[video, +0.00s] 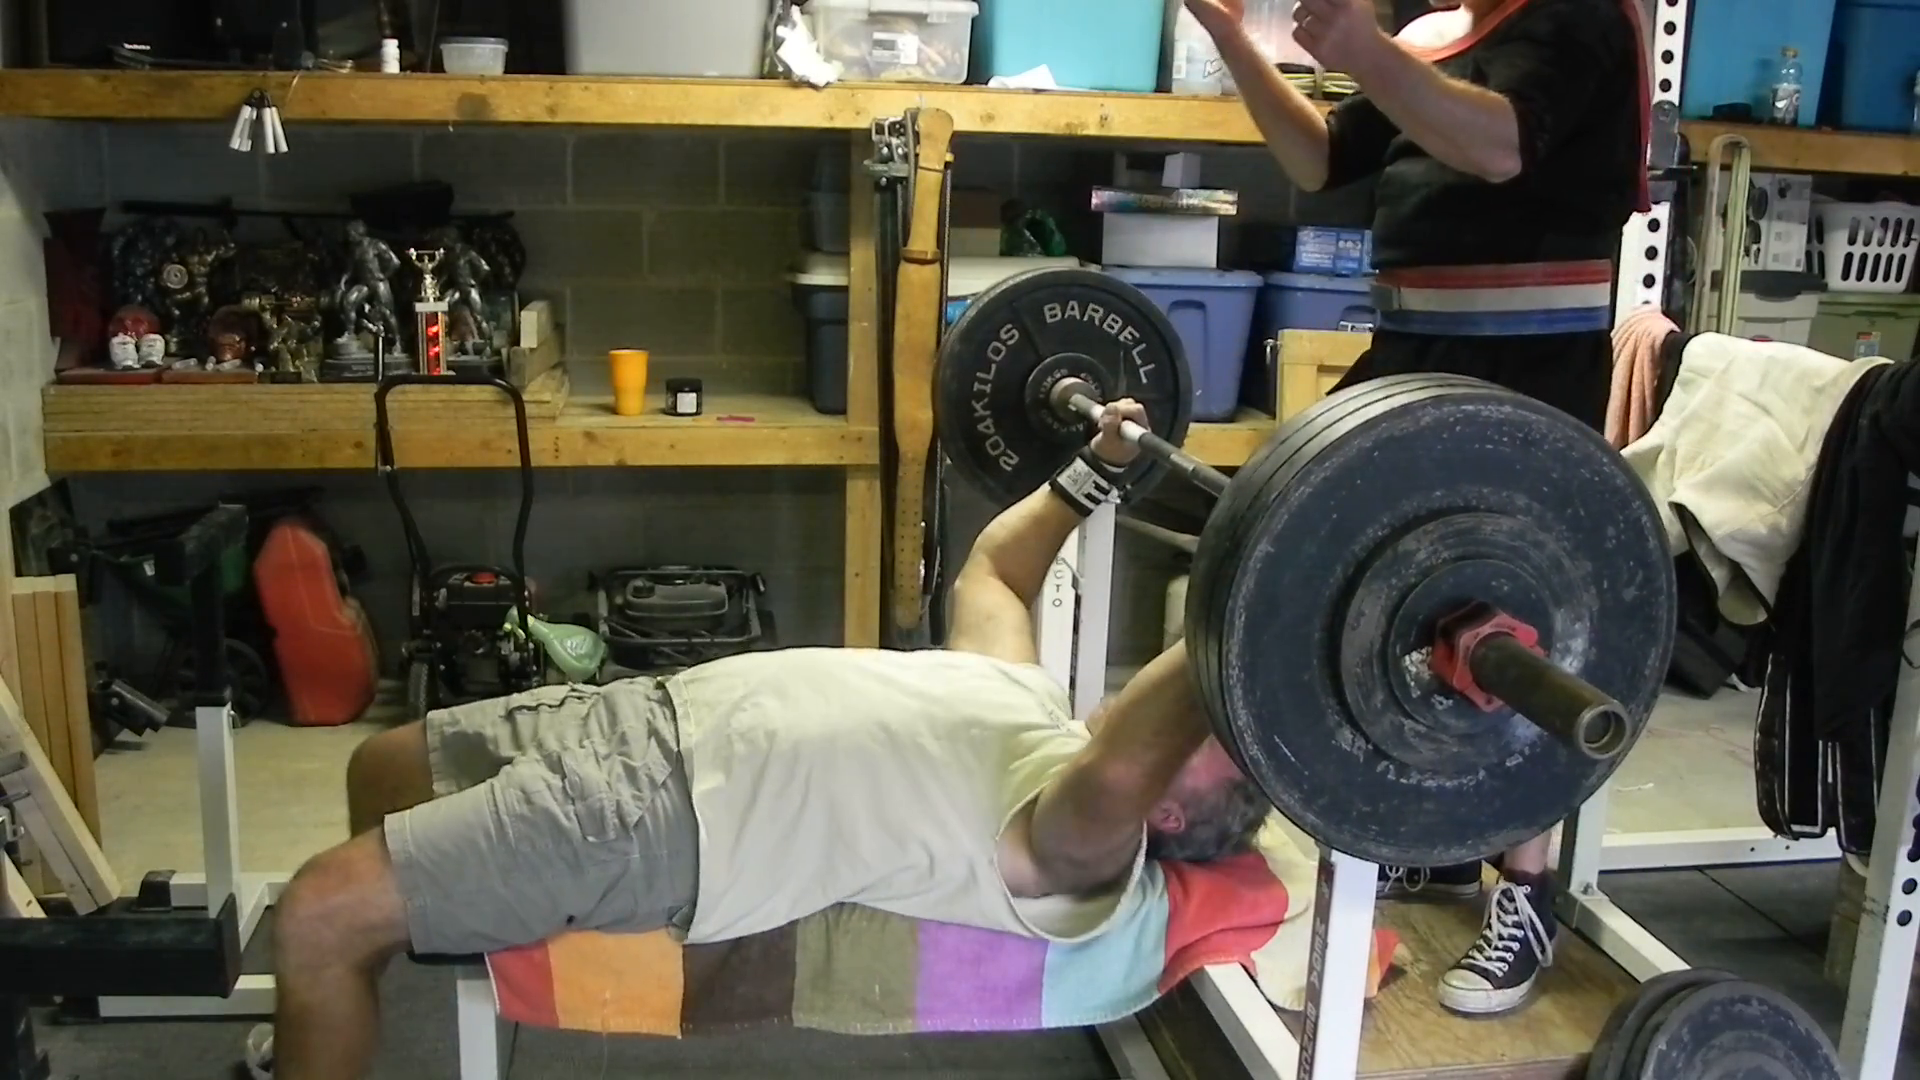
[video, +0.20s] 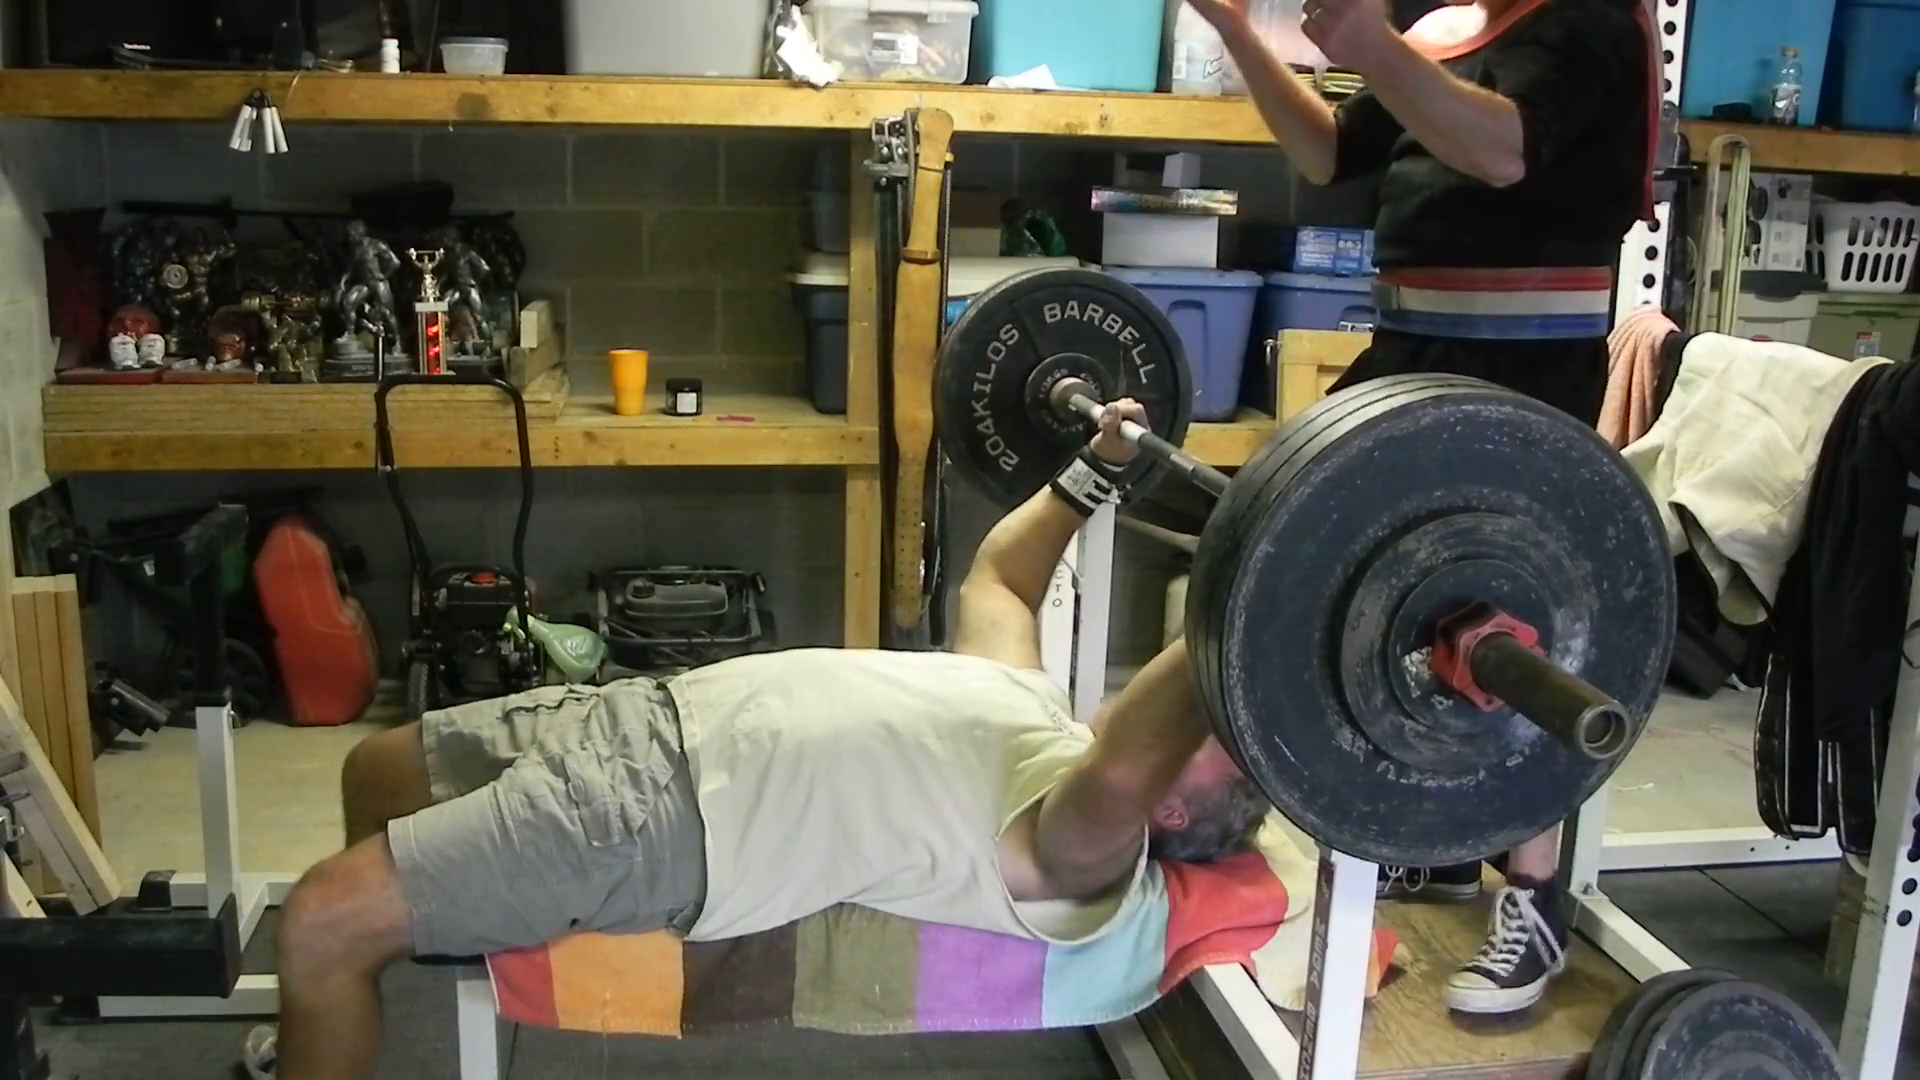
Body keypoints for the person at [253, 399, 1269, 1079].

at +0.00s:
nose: (1185, 731)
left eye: (1218, 745)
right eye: (1202, 716)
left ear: (1206, 810)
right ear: (1173, 719)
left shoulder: (1074, 851)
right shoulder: (1017, 702)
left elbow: (1125, 761)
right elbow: (999, 570)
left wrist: (1250, 623)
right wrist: (1086, 472)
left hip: (656, 821)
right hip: (635, 709)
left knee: (320, 914)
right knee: (384, 768)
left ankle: (318, 1062)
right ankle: (424, 951)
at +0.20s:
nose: (1187, 735)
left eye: (1218, 747)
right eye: (1203, 718)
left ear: (1208, 809)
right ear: (1176, 721)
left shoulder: (1076, 854)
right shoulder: (1018, 710)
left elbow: (1130, 762)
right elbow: (1005, 578)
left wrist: (1243, 612)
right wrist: (1088, 470)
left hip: (664, 821)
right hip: (642, 709)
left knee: (321, 925)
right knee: (379, 770)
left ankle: (319, 1065)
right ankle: (449, 952)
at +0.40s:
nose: (1188, 728)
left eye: (1220, 743)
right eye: (1206, 715)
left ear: (1210, 810)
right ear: (1181, 721)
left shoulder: (1090, 861)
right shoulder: (1031, 718)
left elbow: (1127, 750)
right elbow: (1004, 583)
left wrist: (1229, 607)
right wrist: (1089, 473)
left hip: (672, 822)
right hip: (651, 710)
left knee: (334, 922)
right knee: (383, 768)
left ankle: (319, 1069)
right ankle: (344, 1020)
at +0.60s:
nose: (1199, 743)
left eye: (1227, 752)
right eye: (1212, 726)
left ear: (1221, 809)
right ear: (1188, 735)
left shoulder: (1099, 858)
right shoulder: (1042, 711)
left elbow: (1138, 769)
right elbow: (1012, 584)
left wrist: (1244, 611)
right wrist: (1092, 472)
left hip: (676, 817)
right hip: (659, 708)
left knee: (343, 914)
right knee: (400, 767)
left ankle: (318, 1073)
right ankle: (341, 1029)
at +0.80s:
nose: (1196, 742)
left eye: (1225, 753)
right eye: (1211, 726)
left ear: (1213, 814)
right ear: (1182, 736)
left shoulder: (1084, 861)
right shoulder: (1032, 714)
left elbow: (1140, 763)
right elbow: (1015, 586)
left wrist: (1246, 616)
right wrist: (1089, 471)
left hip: (670, 819)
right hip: (654, 711)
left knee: (330, 915)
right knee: (392, 769)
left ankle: (318, 1073)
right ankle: (345, 1023)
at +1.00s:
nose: (1190, 740)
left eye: (1219, 751)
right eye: (1203, 724)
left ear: (1203, 816)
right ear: (1172, 739)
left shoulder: (1074, 861)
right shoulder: (1023, 715)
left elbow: (1128, 748)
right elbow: (1007, 581)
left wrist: (1243, 605)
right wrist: (1089, 467)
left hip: (664, 821)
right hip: (648, 712)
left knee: (318, 917)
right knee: (384, 766)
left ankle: (333, 1061)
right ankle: (373, 1007)